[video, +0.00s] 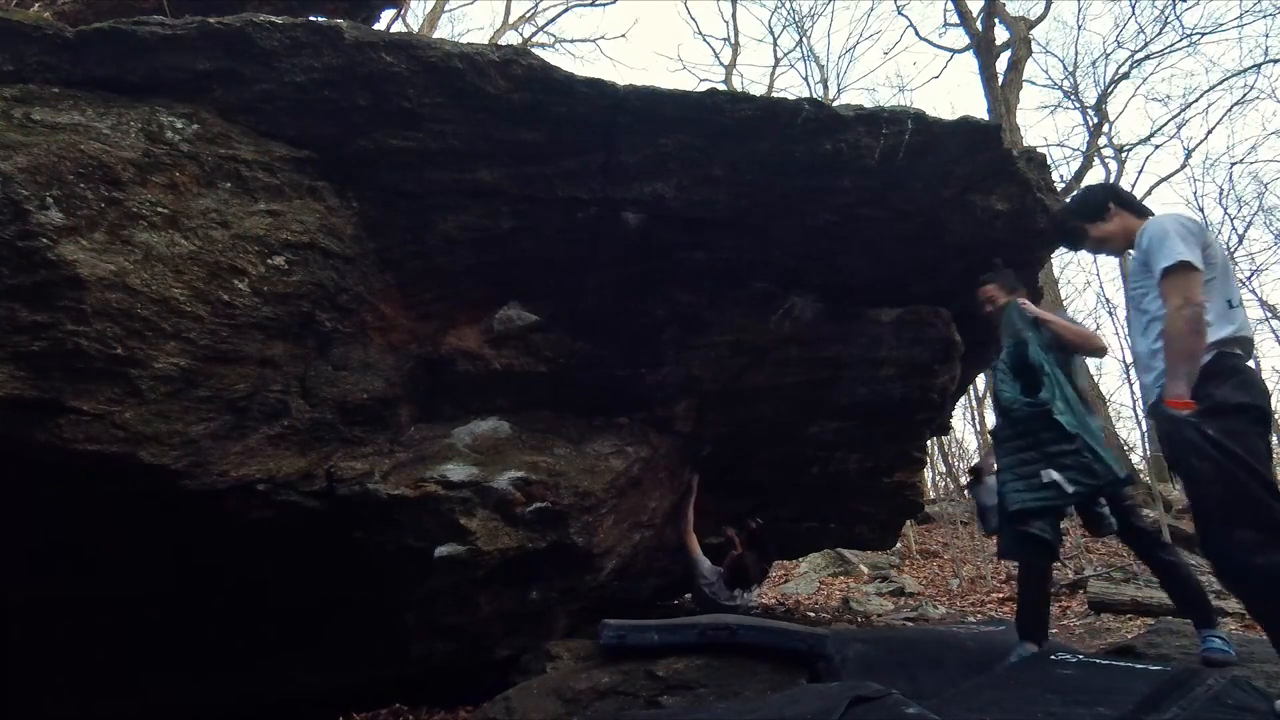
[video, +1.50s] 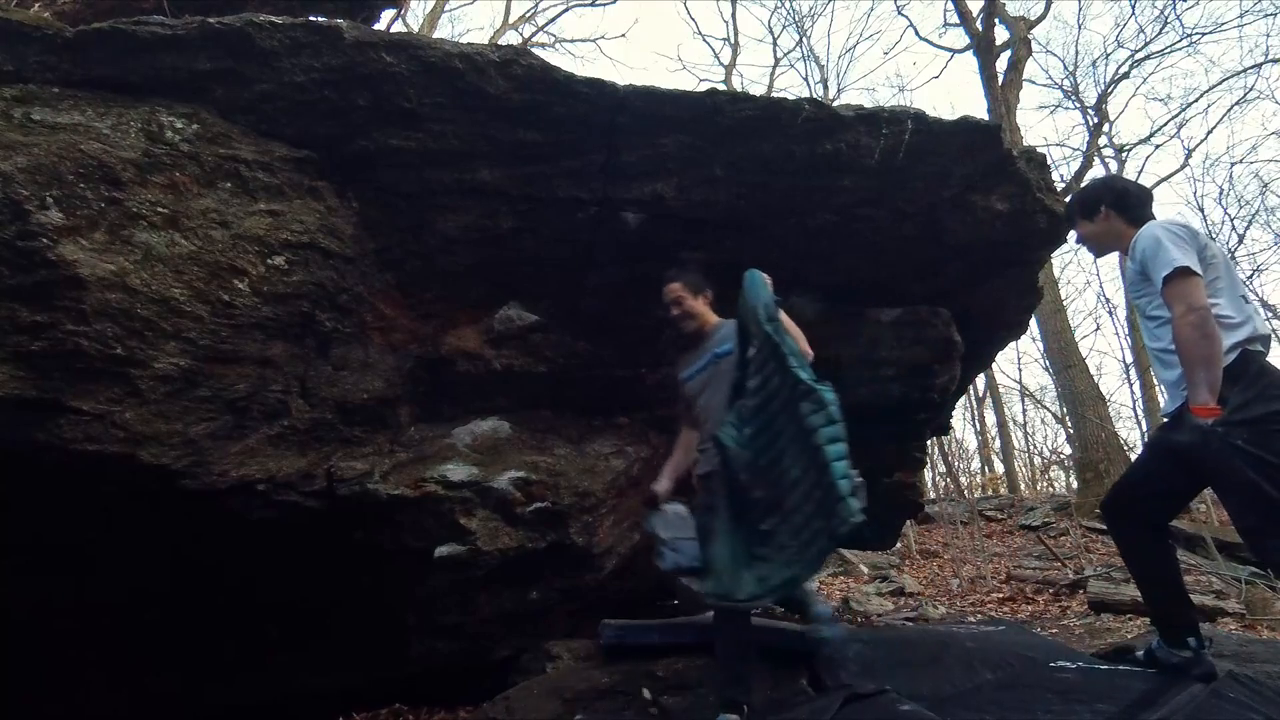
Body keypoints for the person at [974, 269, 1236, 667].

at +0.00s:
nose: (987, 307)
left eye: (992, 298)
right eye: (982, 302)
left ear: (1016, 294)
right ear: (983, 309)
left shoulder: (1041, 327)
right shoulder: (998, 354)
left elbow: (1097, 346)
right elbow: (1010, 415)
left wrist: (1037, 313)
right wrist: (992, 456)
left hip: (1076, 452)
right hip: (1026, 463)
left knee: (1142, 536)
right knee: (1033, 556)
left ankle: (1208, 628)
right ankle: (1030, 644)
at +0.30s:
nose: (925, 326)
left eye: (929, 317)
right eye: (919, 323)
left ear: (950, 314)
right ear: (916, 331)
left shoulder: (986, 342)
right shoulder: (930, 376)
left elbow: (1048, 362)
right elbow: (934, 431)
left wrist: (1003, 328)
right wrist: (916, 472)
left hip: (1014, 462)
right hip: (968, 475)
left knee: (1017, 560)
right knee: (997, 573)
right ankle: (1029, 664)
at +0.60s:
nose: (874, 332)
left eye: (877, 323)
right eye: (868, 328)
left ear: (899, 316)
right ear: (868, 332)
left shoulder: (930, 346)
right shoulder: (884, 374)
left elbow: (987, 363)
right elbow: (881, 430)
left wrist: (948, 326)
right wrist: (847, 457)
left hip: (940, 476)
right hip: (913, 482)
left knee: (924, 575)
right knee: (961, 578)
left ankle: (925, 687)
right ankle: (1021, 659)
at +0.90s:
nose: (810, 323)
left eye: (813, 312)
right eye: (804, 319)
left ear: (836, 304)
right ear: (803, 325)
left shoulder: (870, 333)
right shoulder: (823, 363)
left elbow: (931, 354)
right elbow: (830, 422)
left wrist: (883, 317)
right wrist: (794, 460)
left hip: (884, 474)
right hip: (841, 477)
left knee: (900, 589)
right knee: (800, 538)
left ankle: (922, 693)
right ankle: (875, 595)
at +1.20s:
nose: (744, 318)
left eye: (748, 308)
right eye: (738, 313)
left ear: (774, 301)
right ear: (741, 318)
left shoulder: (810, 329)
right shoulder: (761, 367)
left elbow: (869, 344)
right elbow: (767, 428)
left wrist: (827, 301)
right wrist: (740, 474)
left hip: (833, 477)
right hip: (782, 483)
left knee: (873, 586)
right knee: (751, 571)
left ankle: (915, 691)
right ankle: (731, 683)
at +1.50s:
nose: (675, 312)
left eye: (680, 302)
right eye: (669, 306)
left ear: (705, 297)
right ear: (670, 312)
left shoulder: (743, 332)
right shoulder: (687, 368)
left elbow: (802, 356)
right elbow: (693, 426)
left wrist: (772, 310)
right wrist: (668, 476)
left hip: (765, 475)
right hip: (715, 484)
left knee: (784, 580)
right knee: (727, 593)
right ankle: (732, 700)